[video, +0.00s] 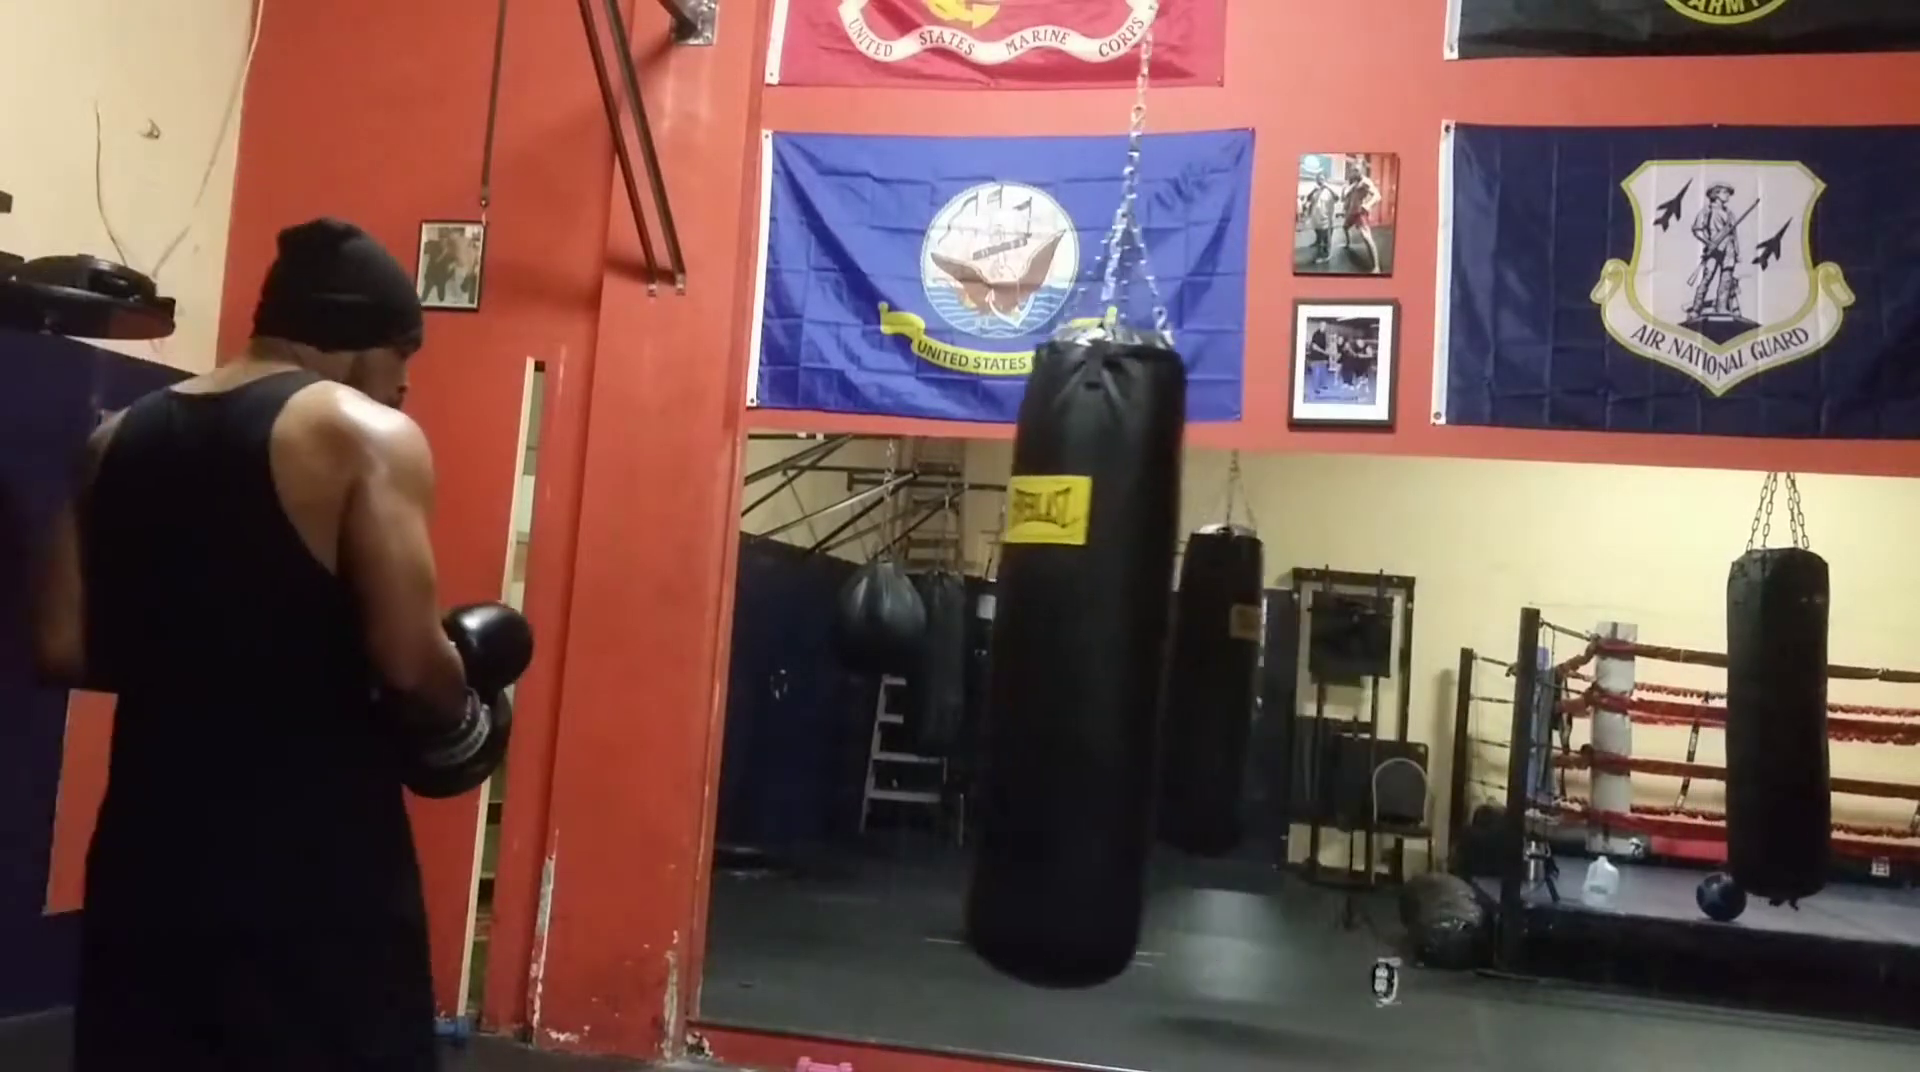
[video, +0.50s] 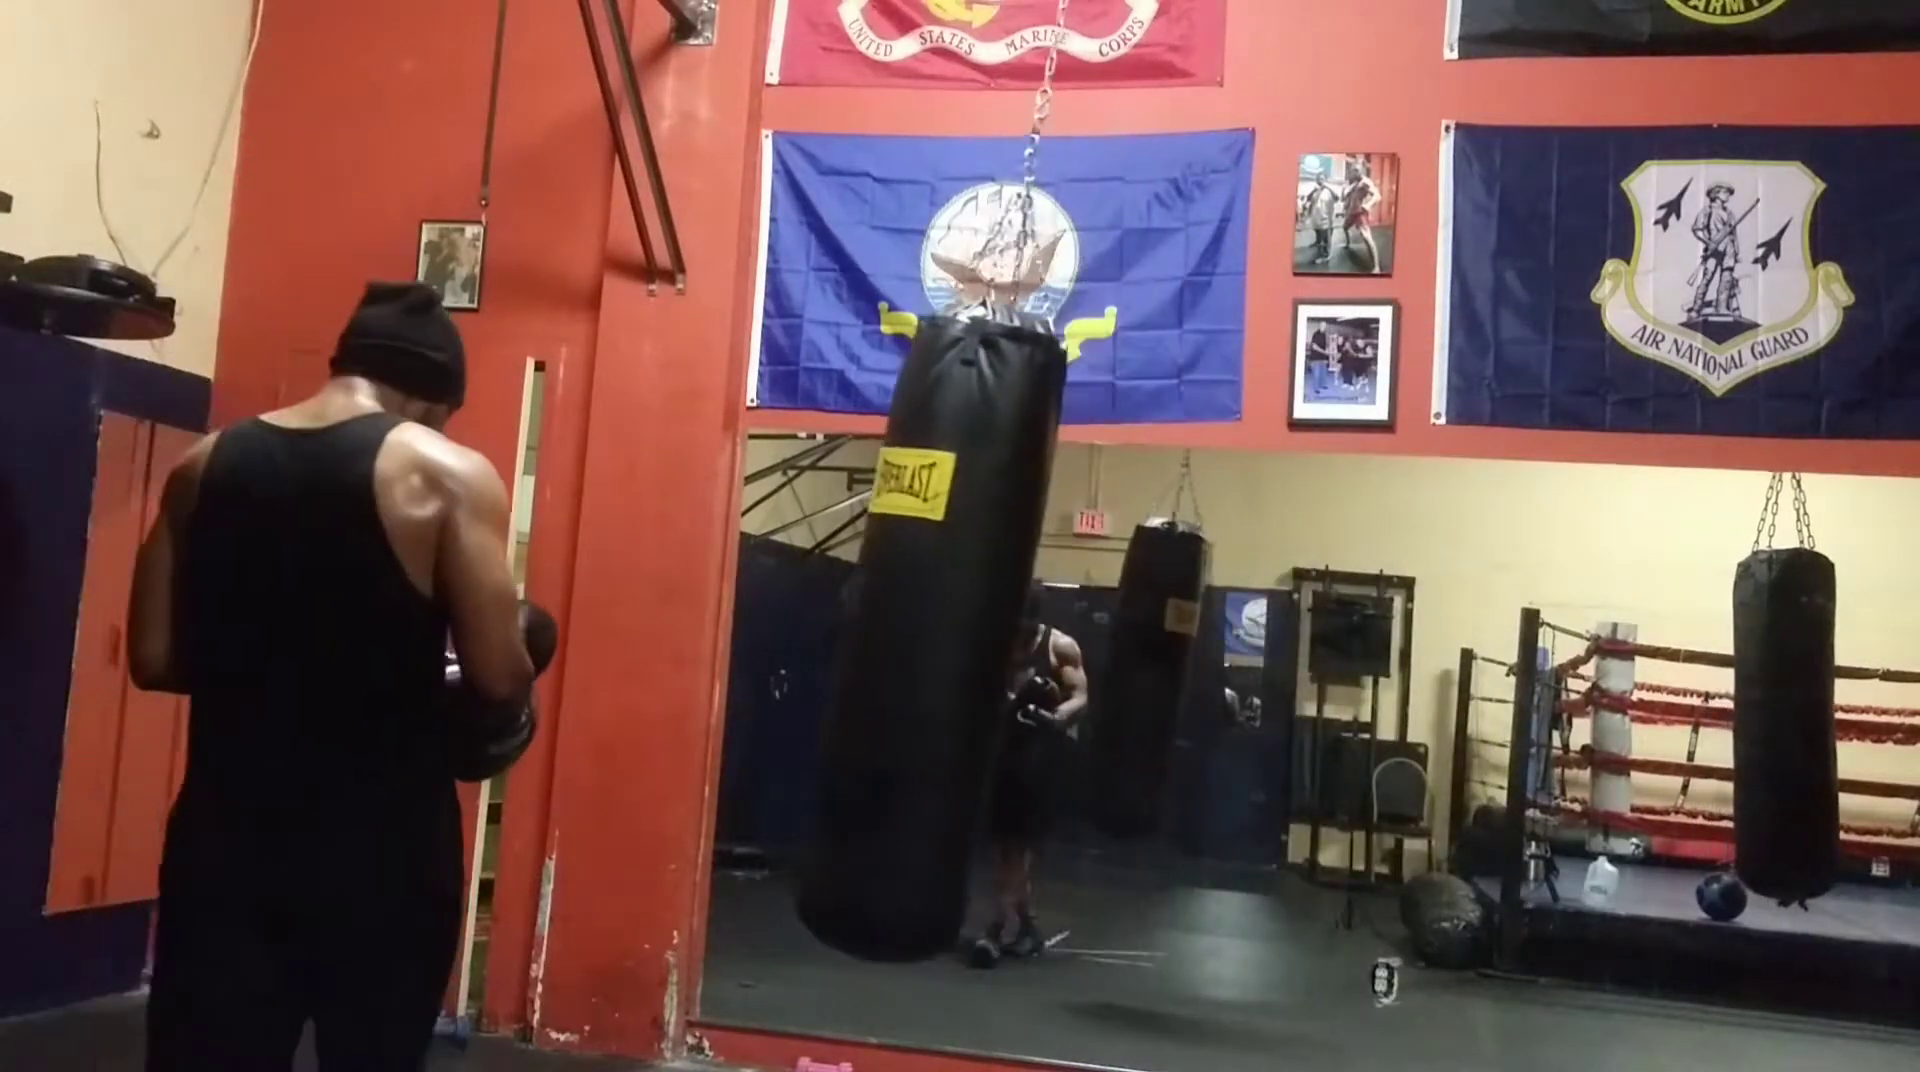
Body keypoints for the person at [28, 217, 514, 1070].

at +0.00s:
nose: (400, 387)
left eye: (405, 366)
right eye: (398, 363)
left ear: (275, 322)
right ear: (357, 344)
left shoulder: (122, 435)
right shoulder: (370, 435)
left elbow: (64, 649)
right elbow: (413, 660)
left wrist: (200, 658)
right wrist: (457, 714)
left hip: (152, 841)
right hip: (313, 854)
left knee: (145, 1048)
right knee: (332, 1048)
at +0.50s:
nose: (440, 427)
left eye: (441, 416)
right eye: (444, 415)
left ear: (342, 366)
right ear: (434, 400)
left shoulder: (204, 465)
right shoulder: (452, 477)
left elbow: (153, 657)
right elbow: (499, 675)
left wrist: (273, 662)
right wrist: (523, 636)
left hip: (223, 853)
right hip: (383, 866)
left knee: (207, 1055)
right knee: (373, 1054)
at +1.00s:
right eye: (501, 415)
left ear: (407, 396)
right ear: (501, 420)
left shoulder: (301, 477)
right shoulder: (538, 513)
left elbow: (231, 646)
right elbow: (560, 686)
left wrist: (337, 650)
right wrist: (474, 723)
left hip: (300, 830)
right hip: (443, 851)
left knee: (271, 1044)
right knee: (423, 1052)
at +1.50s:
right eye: (486, 434)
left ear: (404, 418)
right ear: (488, 437)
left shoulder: (307, 499)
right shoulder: (517, 516)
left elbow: (243, 652)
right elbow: (556, 671)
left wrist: (344, 653)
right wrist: (510, 712)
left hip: (324, 813)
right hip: (449, 824)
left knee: (315, 1030)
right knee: (430, 1032)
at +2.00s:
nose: (508, 483)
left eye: (509, 470)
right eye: (511, 470)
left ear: (433, 432)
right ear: (503, 457)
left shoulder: (324, 499)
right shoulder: (502, 514)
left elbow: (276, 643)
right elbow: (539, 668)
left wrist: (366, 618)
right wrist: (573, 671)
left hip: (332, 785)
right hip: (450, 794)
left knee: (330, 997)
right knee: (464, 977)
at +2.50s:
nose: (559, 503)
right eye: (561, 492)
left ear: (490, 455)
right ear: (557, 482)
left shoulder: (381, 518)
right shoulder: (550, 541)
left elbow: (333, 653)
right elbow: (582, 694)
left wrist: (417, 635)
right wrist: (612, 686)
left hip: (381, 806)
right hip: (492, 816)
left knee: (362, 1014)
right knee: (489, 1019)